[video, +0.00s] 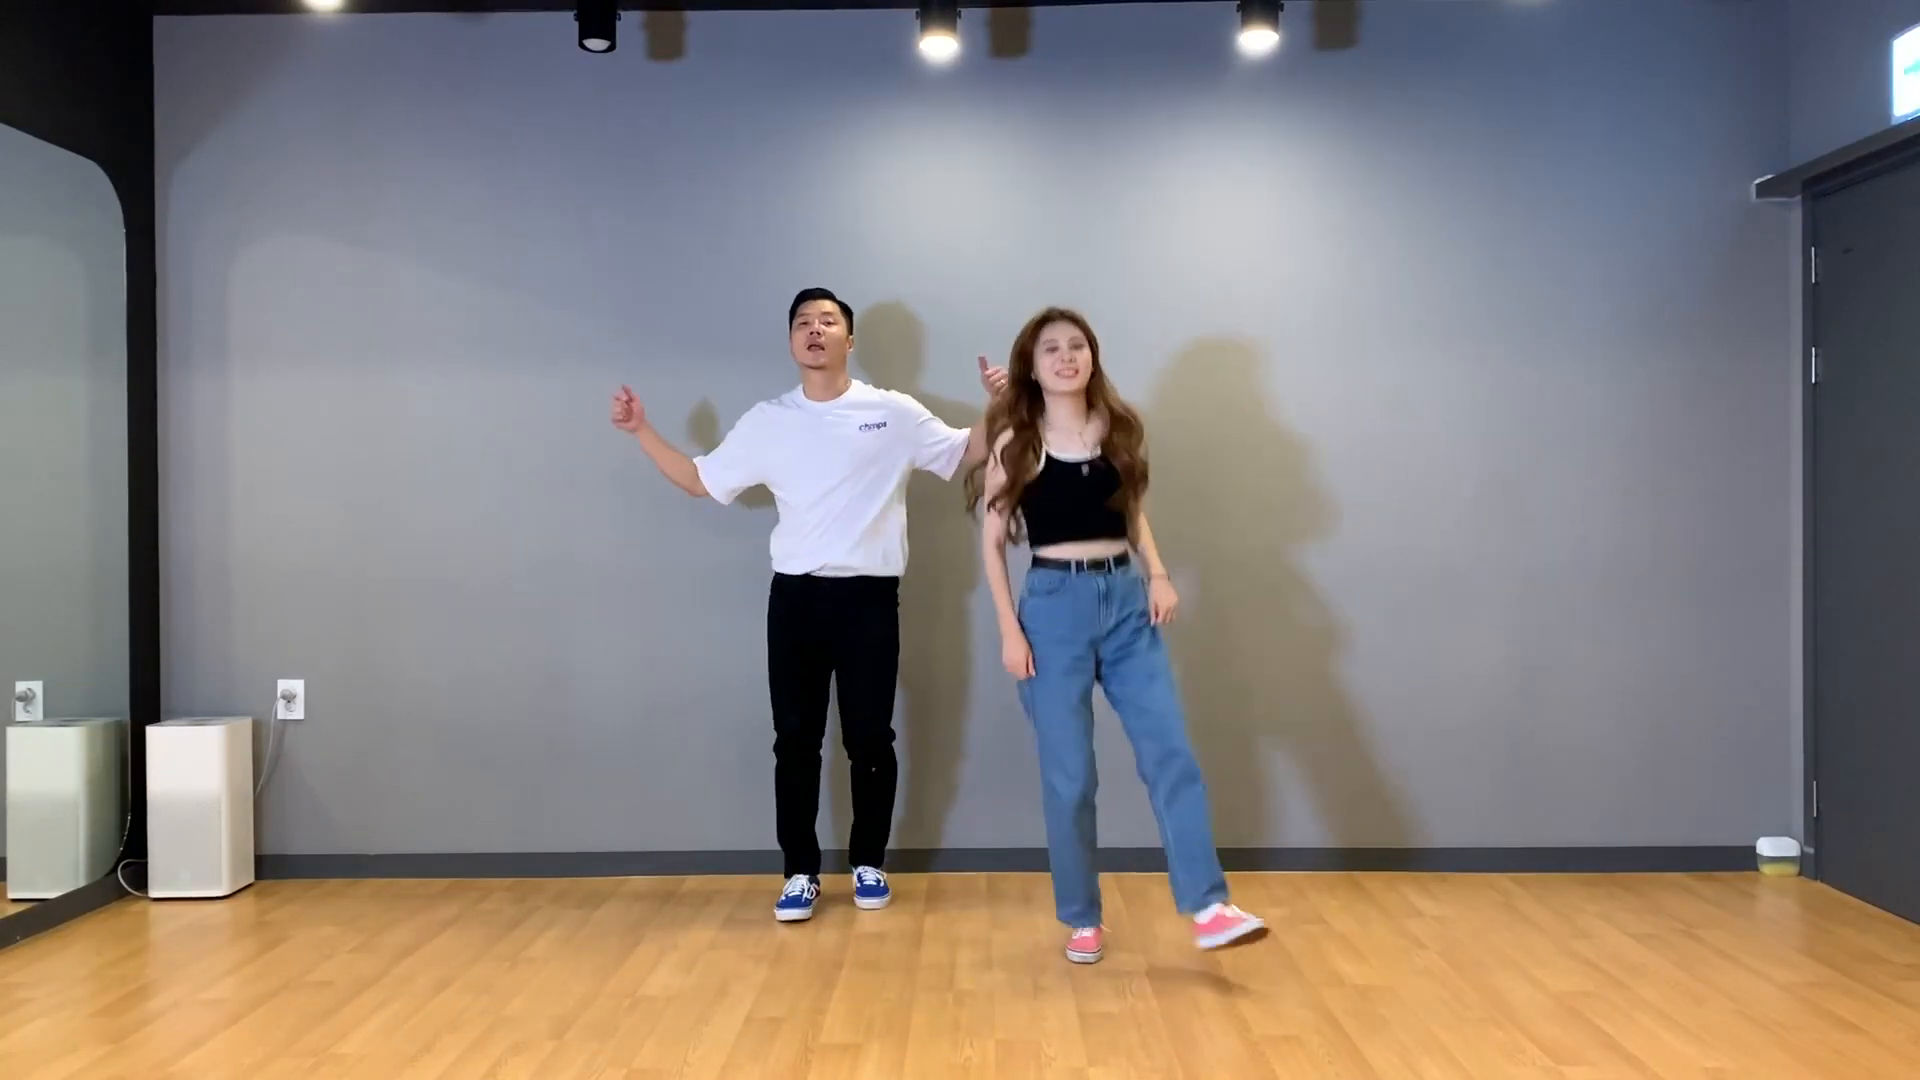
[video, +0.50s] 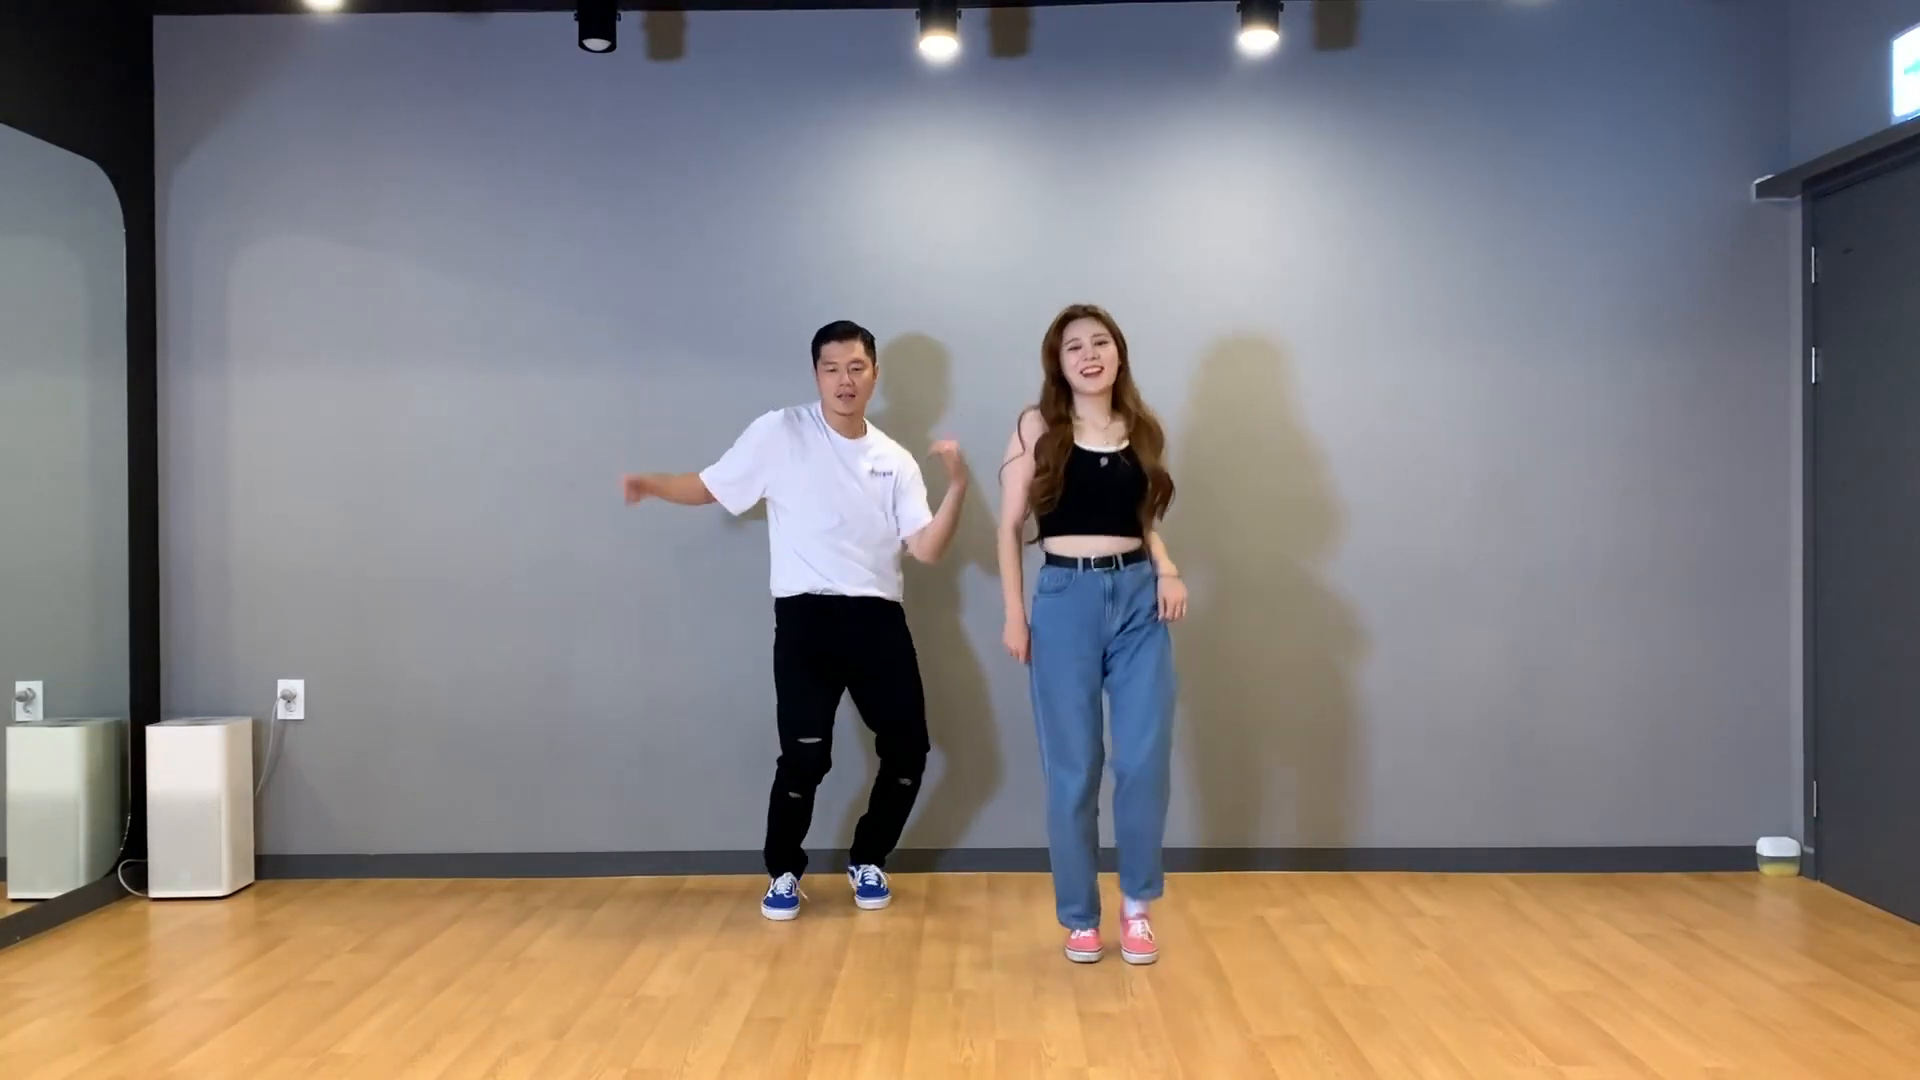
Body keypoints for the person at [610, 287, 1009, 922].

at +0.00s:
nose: (815, 328)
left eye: (828, 320)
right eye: (803, 322)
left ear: (850, 339)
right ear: (790, 344)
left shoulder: (892, 411)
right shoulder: (769, 420)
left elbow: (965, 454)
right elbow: (701, 479)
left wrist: (996, 405)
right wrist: (642, 430)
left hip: (870, 595)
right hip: (796, 596)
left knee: (870, 740)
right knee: (795, 742)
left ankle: (868, 867)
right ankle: (799, 874)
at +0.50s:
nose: (845, 380)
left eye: (856, 368)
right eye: (832, 369)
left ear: (873, 375)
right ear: (815, 377)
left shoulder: (894, 460)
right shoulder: (779, 432)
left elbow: (926, 547)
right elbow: (713, 486)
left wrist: (958, 485)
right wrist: (653, 485)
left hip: (878, 617)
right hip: (805, 614)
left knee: (908, 747)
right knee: (805, 755)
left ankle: (868, 861)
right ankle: (784, 874)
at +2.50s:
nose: (802, 339)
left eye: (810, 326)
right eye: (788, 334)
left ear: (833, 335)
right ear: (778, 354)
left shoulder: (880, 402)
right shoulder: (768, 431)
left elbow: (944, 476)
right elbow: (757, 525)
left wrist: (925, 550)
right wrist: (741, 600)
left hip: (865, 595)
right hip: (789, 599)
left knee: (879, 740)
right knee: (776, 741)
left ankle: (894, 870)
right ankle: (767, 871)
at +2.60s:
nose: (806, 337)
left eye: (817, 326)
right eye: (793, 331)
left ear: (839, 338)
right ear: (779, 348)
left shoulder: (880, 410)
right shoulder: (760, 429)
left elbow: (914, 498)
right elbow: (753, 526)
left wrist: (924, 578)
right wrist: (745, 602)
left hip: (870, 594)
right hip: (792, 599)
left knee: (892, 739)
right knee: (767, 736)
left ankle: (902, 870)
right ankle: (766, 870)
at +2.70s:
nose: (808, 355)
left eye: (821, 346)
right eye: (796, 345)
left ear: (839, 360)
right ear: (779, 359)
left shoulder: (872, 437)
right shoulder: (748, 439)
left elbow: (910, 528)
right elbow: (735, 531)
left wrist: (933, 603)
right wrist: (748, 600)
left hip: (872, 605)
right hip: (795, 613)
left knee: (902, 739)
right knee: (759, 747)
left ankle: (931, 865)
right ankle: (768, 870)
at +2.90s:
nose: (796, 403)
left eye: (810, 393)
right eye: (787, 388)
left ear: (829, 395)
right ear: (771, 384)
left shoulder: (847, 449)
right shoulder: (737, 433)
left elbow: (864, 542)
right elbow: (747, 507)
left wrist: (841, 518)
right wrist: (821, 450)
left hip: (826, 614)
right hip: (753, 615)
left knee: (842, 749)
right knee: (728, 749)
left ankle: (809, 857)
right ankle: (761, 864)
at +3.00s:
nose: (789, 406)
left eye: (804, 396)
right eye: (780, 390)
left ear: (823, 399)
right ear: (766, 388)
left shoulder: (842, 452)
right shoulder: (737, 431)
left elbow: (854, 543)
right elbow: (736, 514)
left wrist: (806, 555)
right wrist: (817, 485)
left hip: (809, 626)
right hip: (737, 619)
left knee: (801, 763)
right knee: (677, 744)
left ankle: (796, 872)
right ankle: (702, 847)